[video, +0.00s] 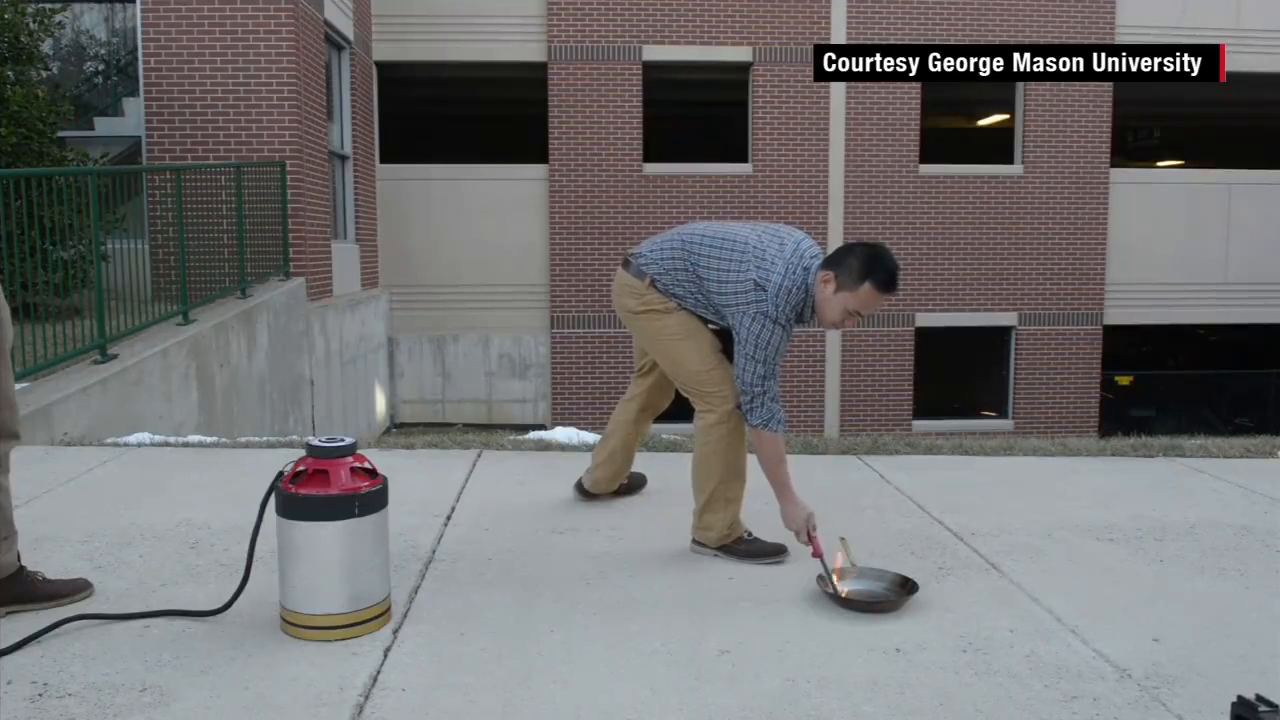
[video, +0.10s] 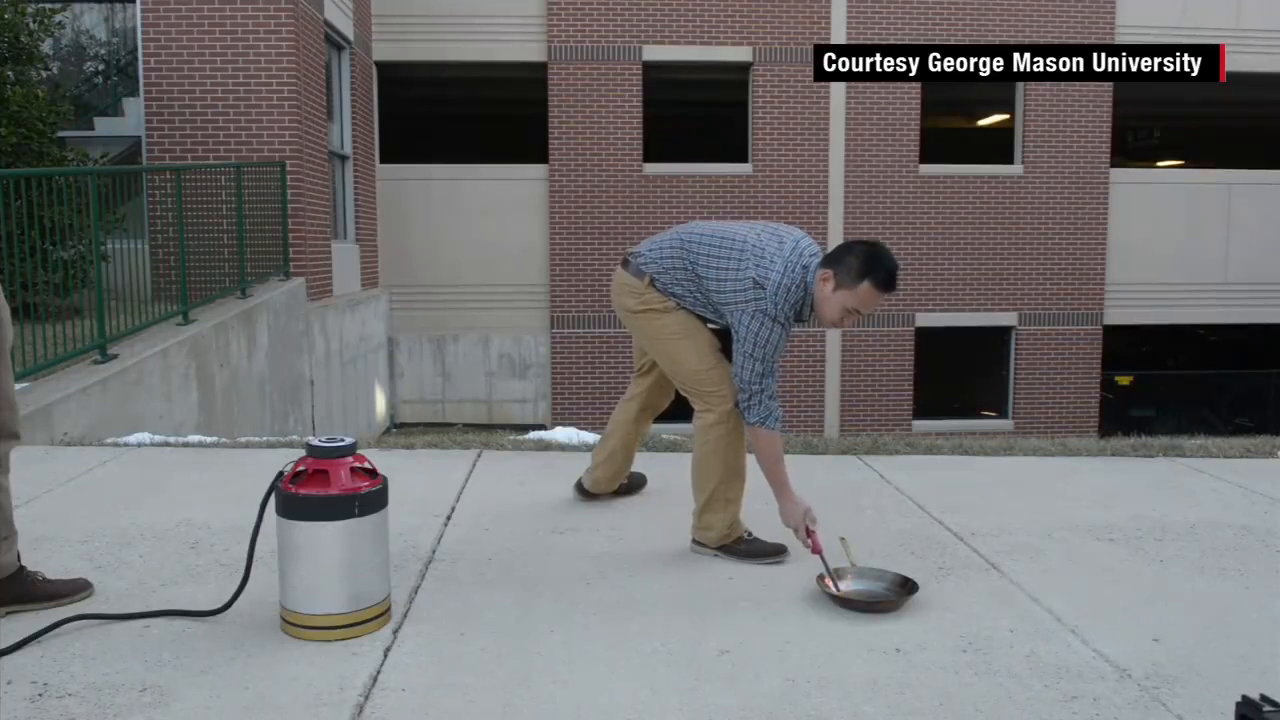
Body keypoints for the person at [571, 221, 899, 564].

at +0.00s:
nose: (851, 325)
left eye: (861, 319)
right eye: (852, 313)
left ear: (830, 277)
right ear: (827, 282)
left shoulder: (803, 255)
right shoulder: (766, 299)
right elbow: (760, 406)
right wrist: (789, 501)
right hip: (651, 289)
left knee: (652, 387)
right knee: (723, 401)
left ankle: (601, 478)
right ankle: (717, 532)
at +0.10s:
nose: (850, 324)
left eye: (860, 317)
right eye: (851, 312)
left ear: (829, 276)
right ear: (826, 281)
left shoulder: (802, 253)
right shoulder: (766, 297)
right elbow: (757, 403)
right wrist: (787, 498)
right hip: (650, 288)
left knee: (652, 387)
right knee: (722, 401)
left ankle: (601, 478)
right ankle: (717, 531)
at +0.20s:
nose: (847, 316)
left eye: (857, 309)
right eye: (848, 304)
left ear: (826, 269)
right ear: (823, 273)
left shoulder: (800, 250)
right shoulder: (764, 292)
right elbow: (743, 394)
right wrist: (776, 490)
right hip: (647, 286)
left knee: (652, 387)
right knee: (718, 398)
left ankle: (601, 477)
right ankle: (716, 531)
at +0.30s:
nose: (843, 303)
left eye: (853, 295)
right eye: (844, 290)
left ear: (822, 256)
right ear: (819, 261)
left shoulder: (794, 242)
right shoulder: (761, 285)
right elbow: (735, 388)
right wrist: (759, 480)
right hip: (645, 286)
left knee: (655, 386)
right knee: (714, 399)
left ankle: (599, 477)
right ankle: (717, 531)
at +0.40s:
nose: (836, 270)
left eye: (845, 262)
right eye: (834, 257)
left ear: (806, 230)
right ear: (805, 232)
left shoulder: (778, 225)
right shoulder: (751, 264)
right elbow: (720, 360)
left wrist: (731, 346)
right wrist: (725, 453)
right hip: (636, 287)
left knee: (660, 382)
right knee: (707, 400)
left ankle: (598, 476)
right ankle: (717, 532)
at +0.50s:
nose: (822, 238)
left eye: (830, 229)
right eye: (819, 225)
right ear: (788, 204)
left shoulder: (765, 219)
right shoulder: (741, 239)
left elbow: (728, 282)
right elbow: (703, 337)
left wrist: (730, 334)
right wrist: (701, 422)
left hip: (660, 285)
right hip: (630, 288)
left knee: (665, 388)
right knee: (707, 399)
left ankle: (597, 473)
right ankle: (716, 530)